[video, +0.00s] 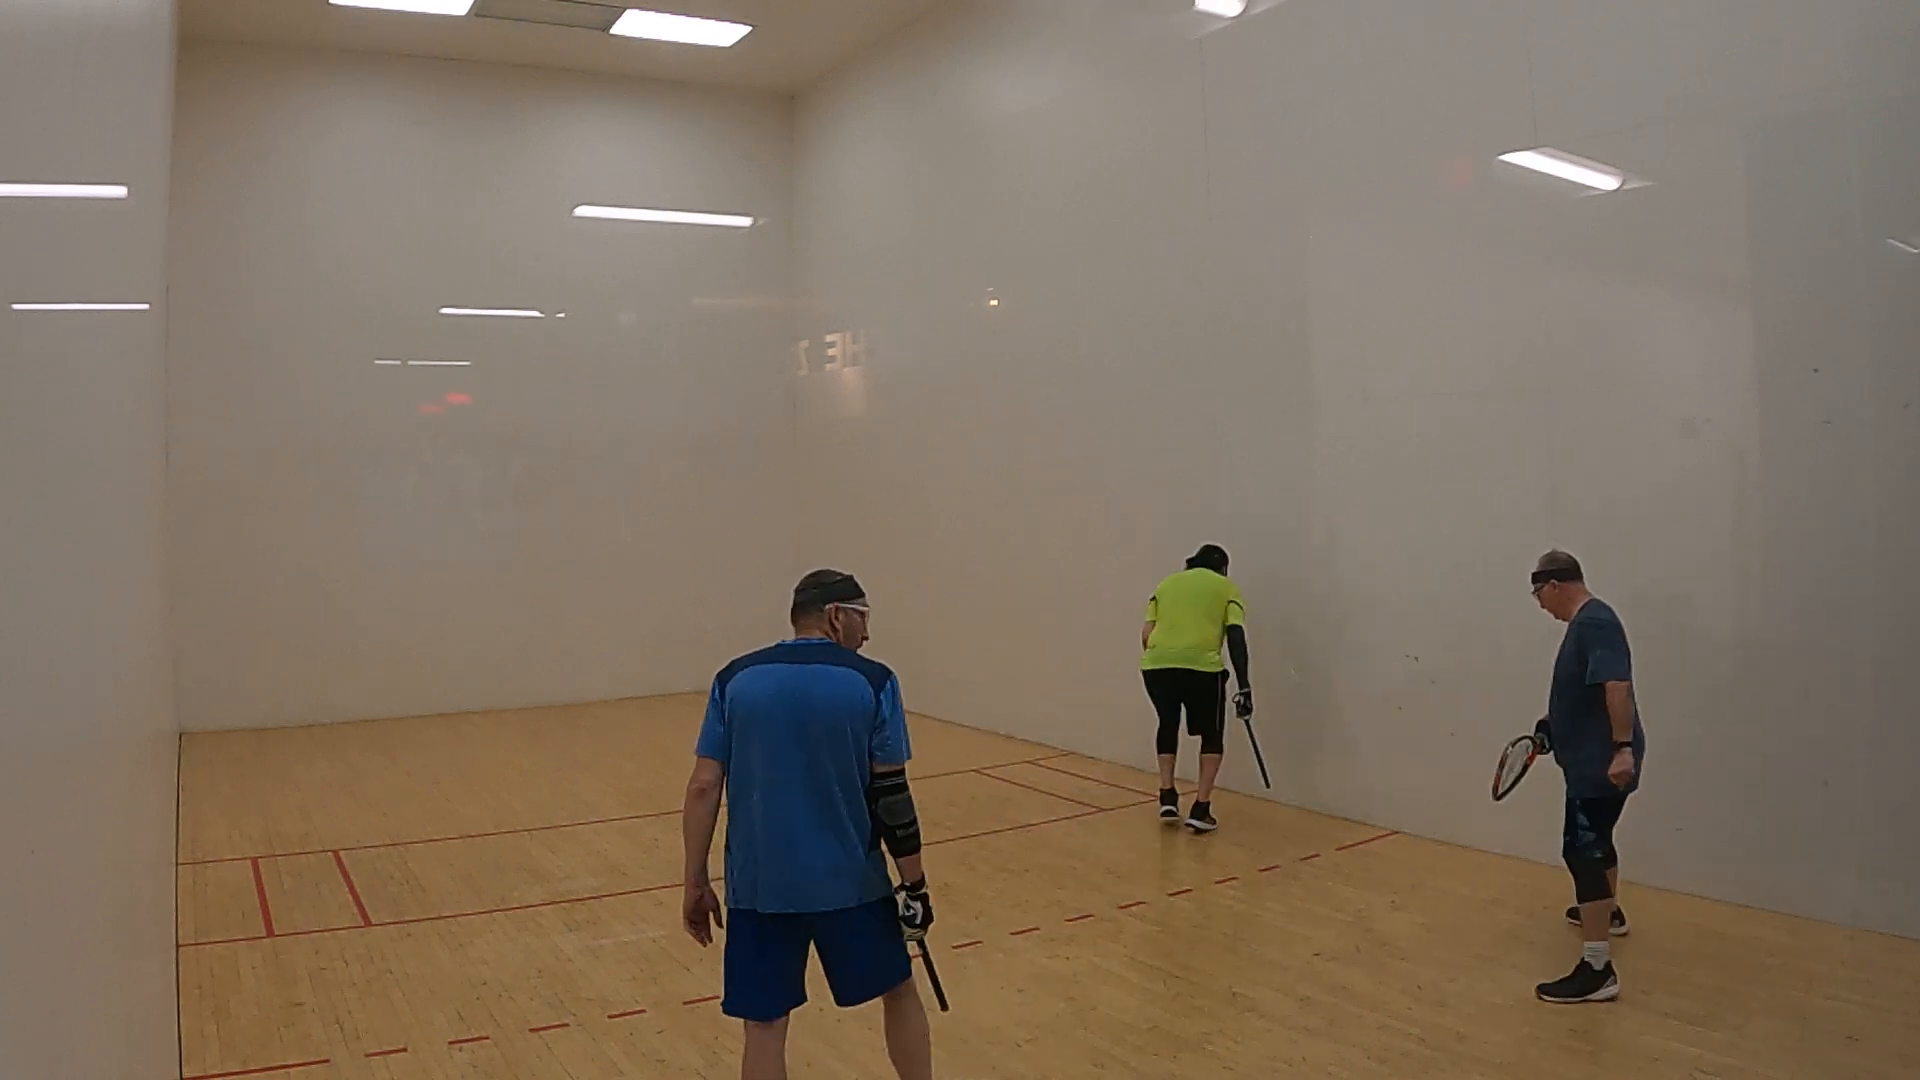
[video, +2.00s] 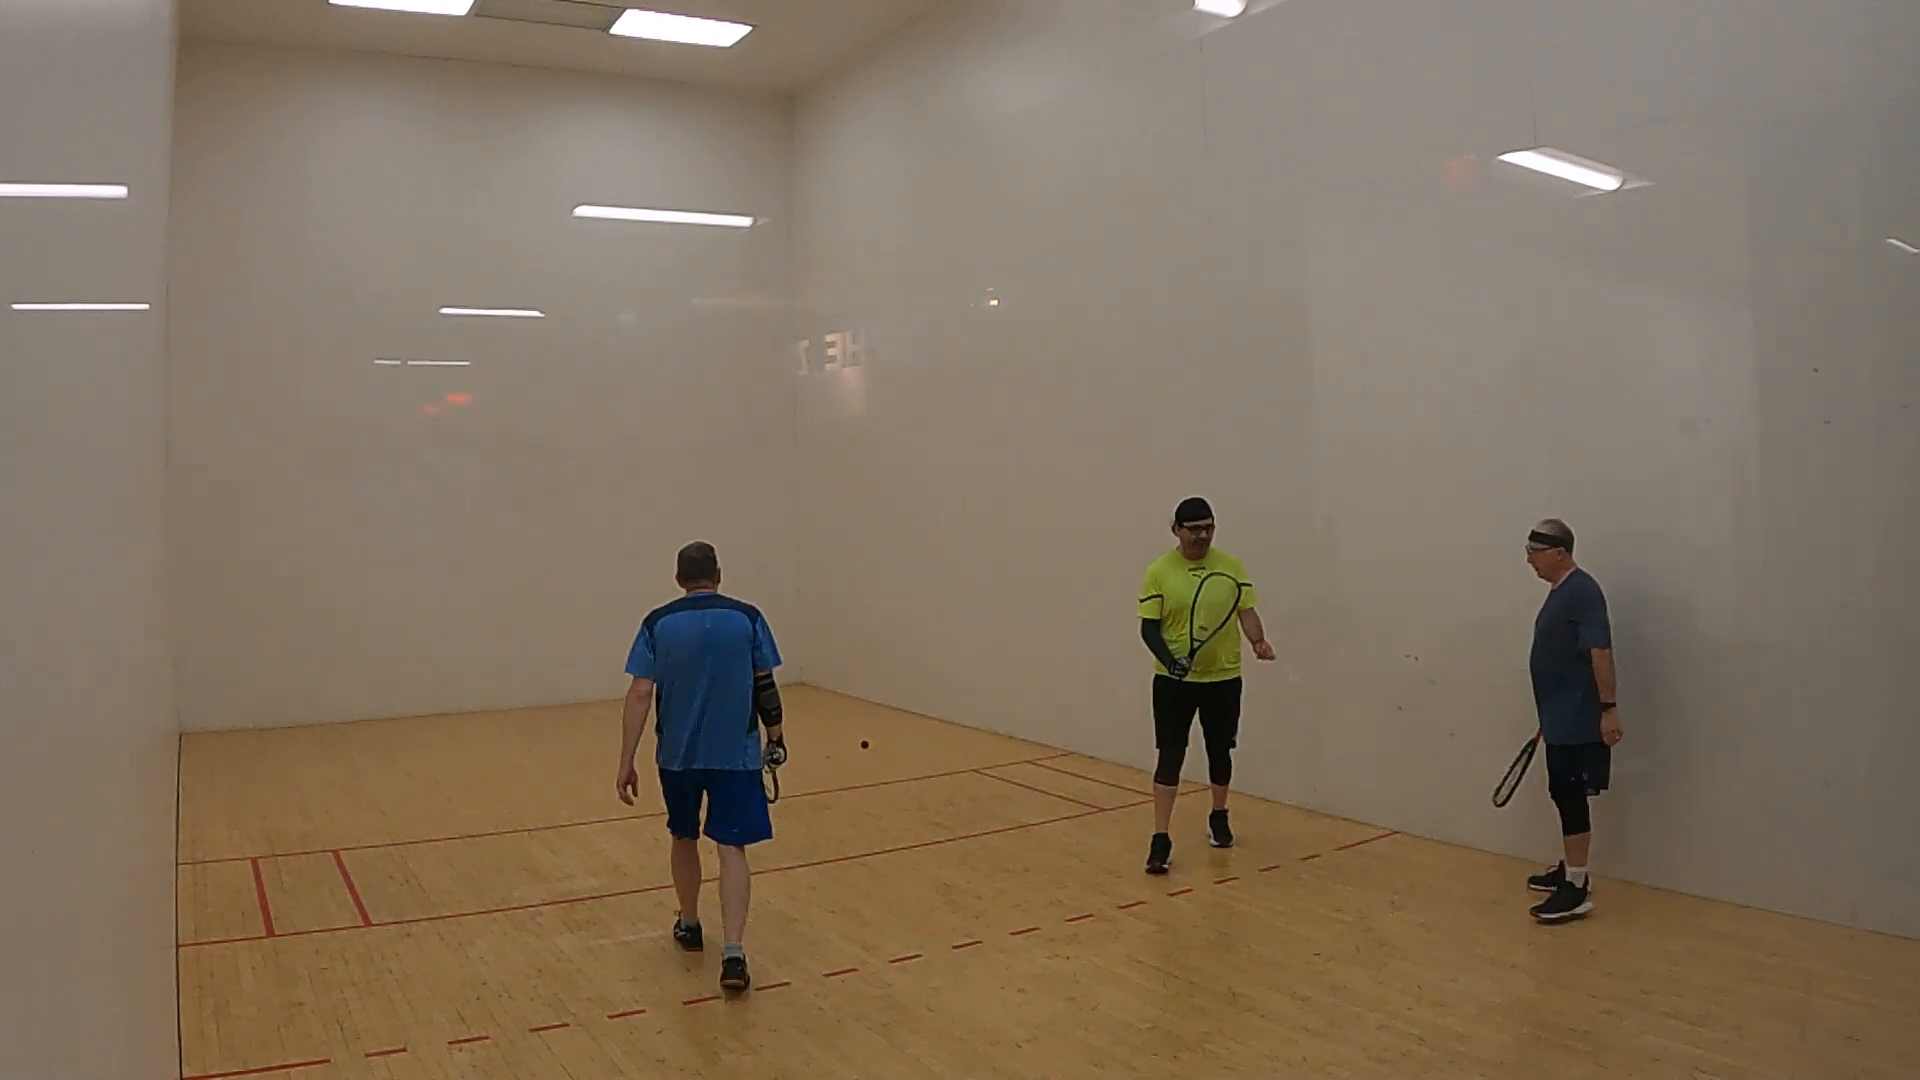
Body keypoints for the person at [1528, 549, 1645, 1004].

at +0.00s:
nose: (1539, 604)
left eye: (1539, 594)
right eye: (1537, 595)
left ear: (1553, 587)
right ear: (1568, 583)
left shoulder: (1597, 622)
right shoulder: (1586, 623)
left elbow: (1617, 685)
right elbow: (1585, 692)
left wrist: (1623, 746)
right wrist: (1554, 728)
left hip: (1598, 765)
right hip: (1594, 760)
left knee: (1580, 852)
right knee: (1594, 837)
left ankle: (1596, 967)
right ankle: (1607, 908)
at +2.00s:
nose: (1529, 559)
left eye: (1534, 552)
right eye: (1528, 552)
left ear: (1560, 552)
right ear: (1555, 554)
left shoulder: (1583, 590)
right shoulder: (1561, 591)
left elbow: (1600, 652)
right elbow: (1562, 658)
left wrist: (1609, 709)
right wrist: (1548, 716)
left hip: (1576, 718)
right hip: (1559, 717)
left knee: (1571, 795)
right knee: (1563, 792)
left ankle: (1578, 886)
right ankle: (1570, 868)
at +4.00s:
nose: (1636, 586)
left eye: (1645, 578)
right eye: (1627, 577)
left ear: (1656, 581)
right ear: (1608, 578)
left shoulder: (1674, 632)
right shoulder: (1574, 630)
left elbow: (1702, 698)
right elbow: (1547, 701)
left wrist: (1720, 757)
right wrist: (1533, 766)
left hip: (1649, 786)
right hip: (1588, 782)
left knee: (1626, 881)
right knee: (1583, 881)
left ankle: (1600, 969)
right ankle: (1575, 970)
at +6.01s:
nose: (1764, 628)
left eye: (1776, 615)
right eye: (1763, 615)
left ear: (1825, 619)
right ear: (1816, 620)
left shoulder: (1879, 700)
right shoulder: (1779, 675)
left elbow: (1904, 821)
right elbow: (1755, 764)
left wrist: (1909, 924)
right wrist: (1724, 839)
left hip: (1846, 925)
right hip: (1770, 909)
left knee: (1846, 1056)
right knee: (1740, 1028)